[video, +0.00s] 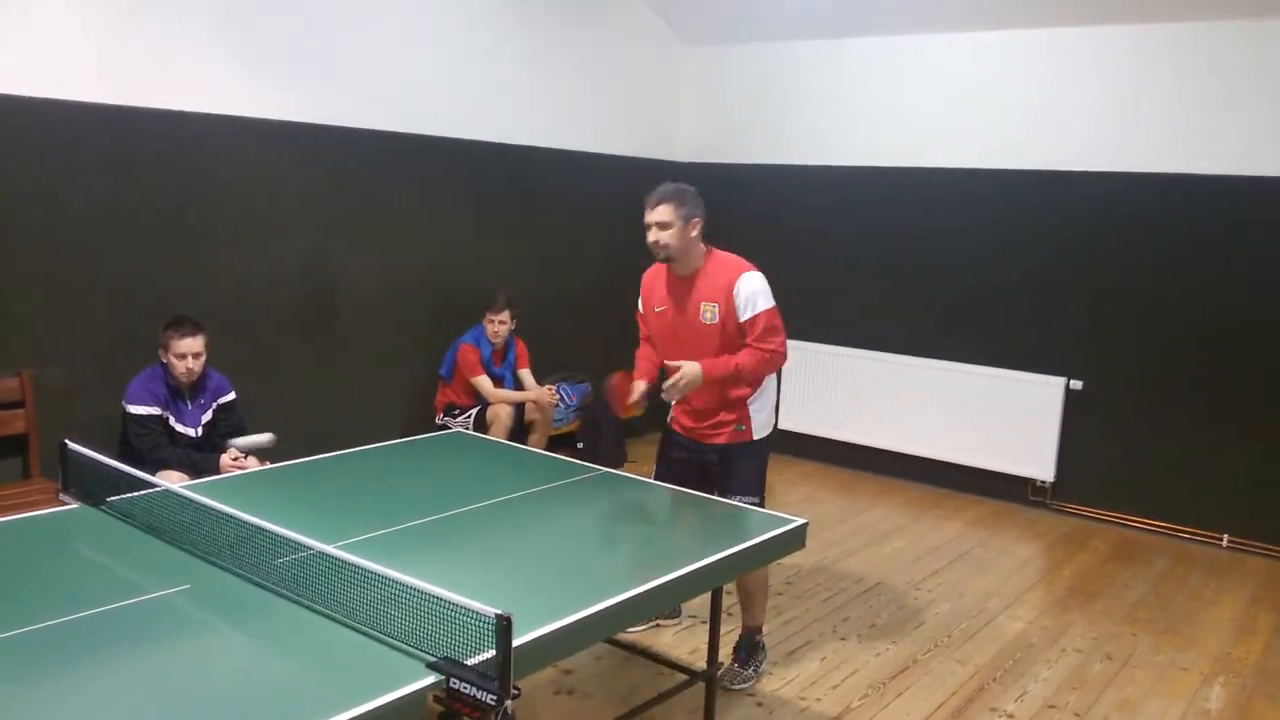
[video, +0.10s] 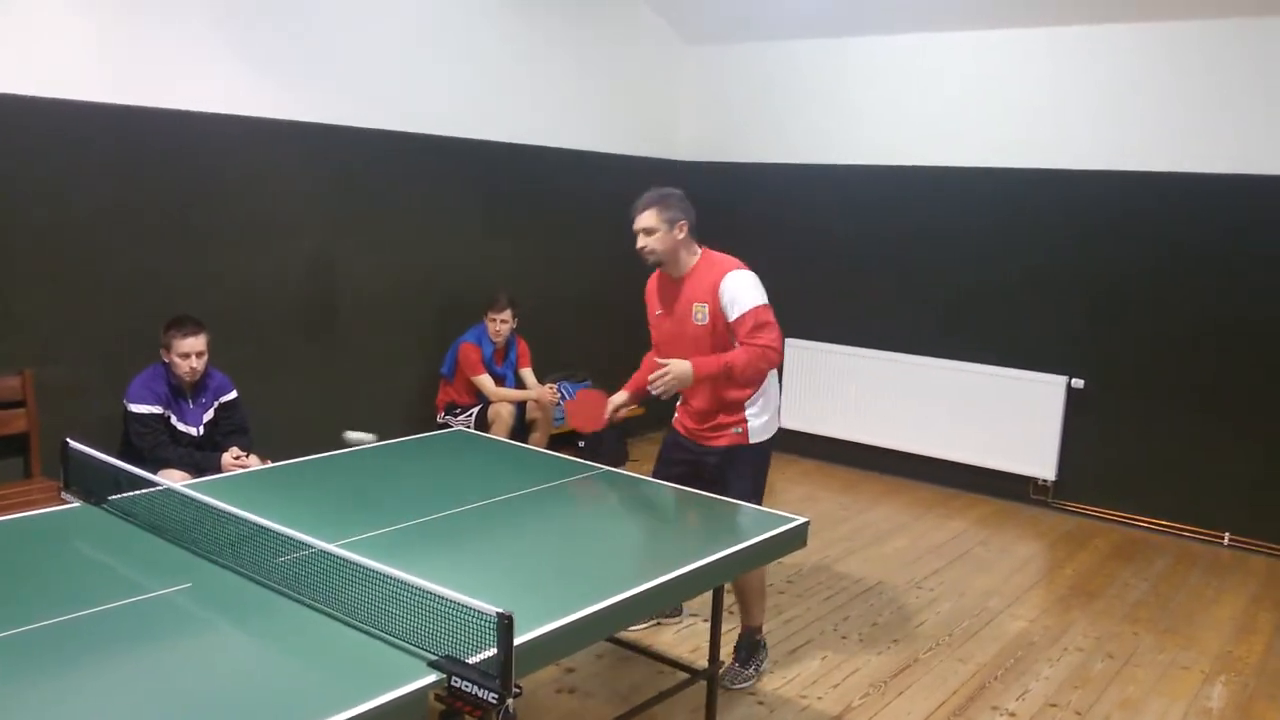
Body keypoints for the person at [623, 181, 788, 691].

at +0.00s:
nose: (652, 237)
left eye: (661, 227)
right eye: (648, 228)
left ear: (694, 226)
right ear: (649, 229)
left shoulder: (740, 277)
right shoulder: (653, 280)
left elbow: (772, 351)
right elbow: (650, 344)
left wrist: (705, 371)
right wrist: (642, 380)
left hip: (740, 431)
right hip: (684, 426)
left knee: (744, 533)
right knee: (665, 516)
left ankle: (751, 641)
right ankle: (666, 599)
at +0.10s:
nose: (639, 243)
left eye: (648, 233)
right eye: (636, 234)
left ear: (681, 230)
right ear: (645, 237)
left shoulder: (730, 277)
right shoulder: (656, 285)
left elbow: (766, 351)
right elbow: (662, 351)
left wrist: (696, 370)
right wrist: (629, 393)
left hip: (740, 435)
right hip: (687, 428)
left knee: (737, 536)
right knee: (657, 513)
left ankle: (751, 641)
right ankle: (665, 598)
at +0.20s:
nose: (627, 252)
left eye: (634, 241)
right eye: (624, 243)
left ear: (667, 237)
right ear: (652, 243)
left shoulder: (719, 278)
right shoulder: (657, 295)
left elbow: (763, 337)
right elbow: (663, 361)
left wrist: (694, 365)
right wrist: (615, 403)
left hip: (739, 437)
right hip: (687, 430)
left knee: (731, 538)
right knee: (654, 512)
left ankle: (751, 642)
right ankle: (667, 599)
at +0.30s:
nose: (623, 248)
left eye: (628, 237)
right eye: (621, 238)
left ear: (661, 232)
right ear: (649, 237)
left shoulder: (723, 271)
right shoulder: (650, 294)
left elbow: (771, 326)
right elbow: (637, 360)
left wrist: (704, 354)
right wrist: (579, 394)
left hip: (743, 429)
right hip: (689, 425)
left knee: (741, 535)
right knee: (657, 513)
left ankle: (755, 640)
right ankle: (670, 600)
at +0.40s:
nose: (620, 236)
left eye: (627, 226)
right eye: (619, 227)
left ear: (659, 222)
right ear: (645, 226)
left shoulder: (724, 261)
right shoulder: (634, 285)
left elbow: (771, 321)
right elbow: (599, 338)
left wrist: (711, 339)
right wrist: (536, 360)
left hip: (742, 420)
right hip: (682, 418)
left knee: (747, 530)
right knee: (662, 512)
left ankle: (755, 638)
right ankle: (674, 594)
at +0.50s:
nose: (627, 230)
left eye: (635, 220)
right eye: (624, 222)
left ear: (668, 218)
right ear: (631, 226)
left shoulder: (727, 260)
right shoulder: (631, 273)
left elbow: (767, 323)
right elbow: (587, 309)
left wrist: (718, 332)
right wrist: (528, 328)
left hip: (731, 424)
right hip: (670, 424)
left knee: (747, 529)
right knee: (656, 516)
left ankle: (754, 636)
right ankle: (672, 595)